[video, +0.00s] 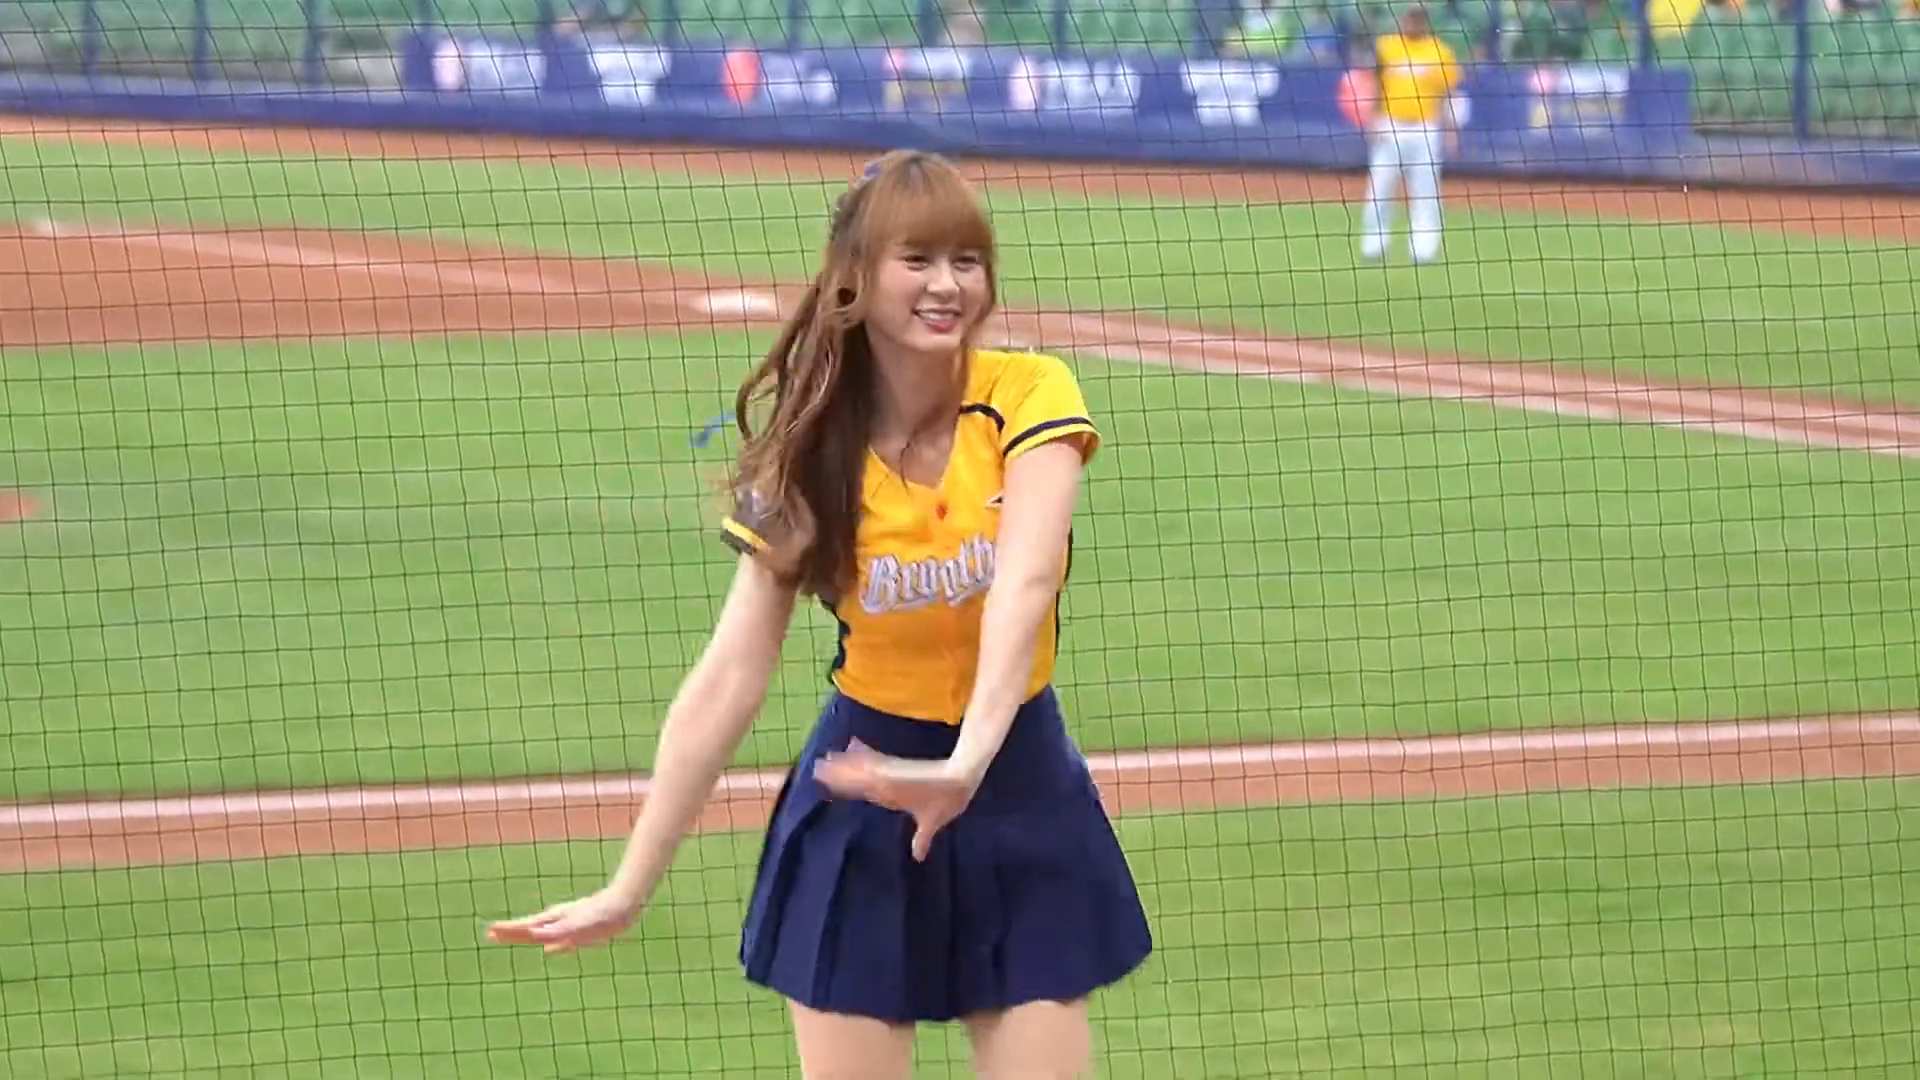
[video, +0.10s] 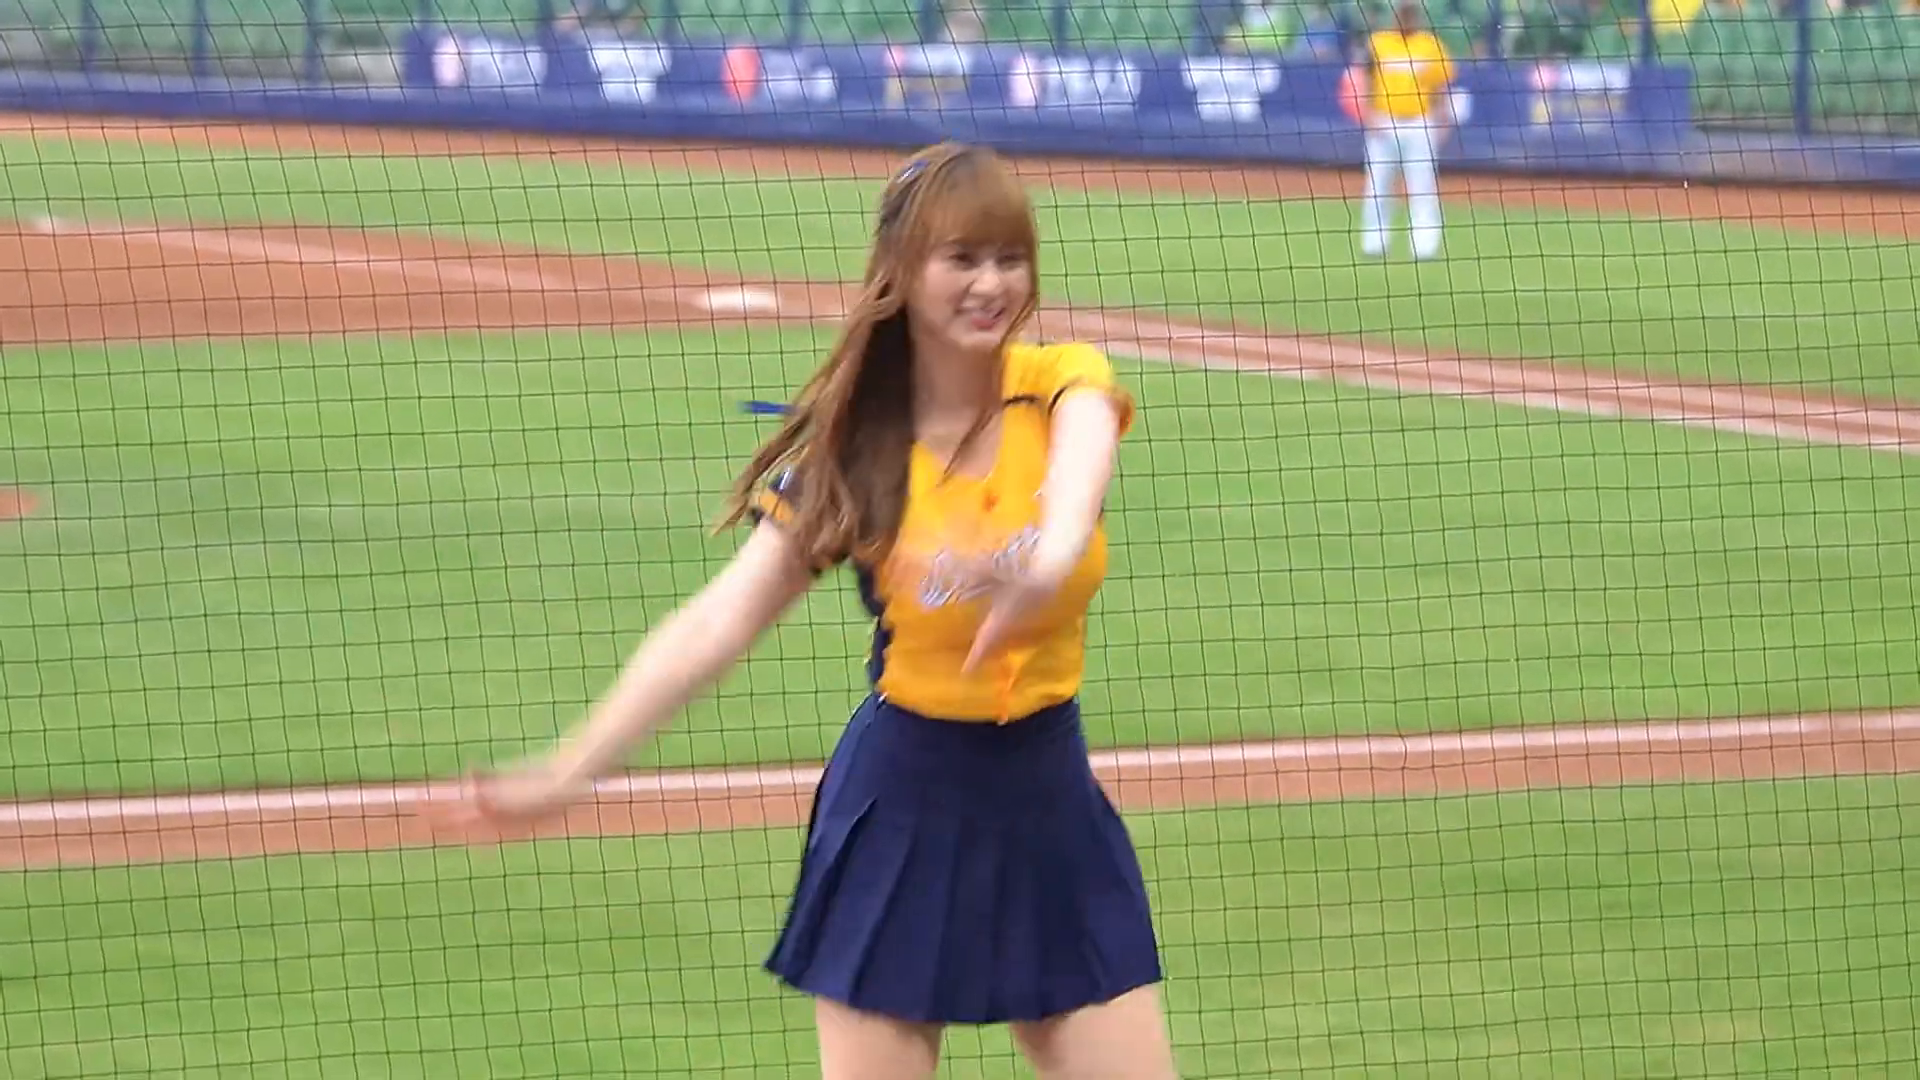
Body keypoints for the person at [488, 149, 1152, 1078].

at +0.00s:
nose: (947, 284)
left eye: (966, 260)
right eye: (916, 259)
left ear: (989, 277)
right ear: (854, 279)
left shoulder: (1031, 393)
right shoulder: (813, 447)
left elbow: (1028, 581)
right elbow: (727, 677)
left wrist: (970, 756)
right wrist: (628, 888)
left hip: (1019, 787)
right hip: (860, 784)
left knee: (1047, 1057)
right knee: (849, 1059)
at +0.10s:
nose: (993, 283)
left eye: (1013, 258)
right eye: (964, 258)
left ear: (1034, 268)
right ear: (901, 271)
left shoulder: (1070, 378)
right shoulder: (861, 439)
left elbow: (1072, 508)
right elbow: (721, 616)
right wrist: (567, 771)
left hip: (1047, 794)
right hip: (901, 797)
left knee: (1134, 1063)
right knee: (872, 1065)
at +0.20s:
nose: (1051, 224)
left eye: (1072, 196)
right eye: (1022, 200)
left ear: (1103, 208)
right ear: (970, 222)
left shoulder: (1113, 349)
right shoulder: (924, 373)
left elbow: (1169, 301)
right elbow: (729, 442)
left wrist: (1146, 251)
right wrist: (527, 472)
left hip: (1096, 734)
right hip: (960, 731)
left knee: (1202, 1063)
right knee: (909, 1067)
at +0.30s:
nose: (1124, 210)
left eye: (1146, 184)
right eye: (1093, 185)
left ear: (1169, 194)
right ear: (1038, 200)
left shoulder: (1186, 314)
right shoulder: (980, 333)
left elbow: (1265, 187)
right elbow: (781, 278)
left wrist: (1332, 65)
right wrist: (616, 189)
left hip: (1160, 719)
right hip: (1025, 714)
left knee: (1224, 1067)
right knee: (947, 1065)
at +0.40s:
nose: (1182, 250)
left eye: (1206, 224)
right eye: (1153, 226)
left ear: (1233, 240)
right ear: (1100, 240)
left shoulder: (1248, 358)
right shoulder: (1061, 370)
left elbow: (1368, 181)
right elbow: (901, 238)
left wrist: (1473, 32)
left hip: (1222, 777)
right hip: (1091, 768)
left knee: (1285, 1067)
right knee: (983, 1066)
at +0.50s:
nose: (1237, 240)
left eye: (1260, 216)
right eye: (1209, 216)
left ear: (1288, 230)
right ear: (1157, 231)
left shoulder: (1311, 370)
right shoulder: (1106, 356)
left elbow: (1487, 268)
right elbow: (913, 298)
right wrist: (941, 95)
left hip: (1225, 779)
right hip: (1089, 762)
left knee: (1279, 1064)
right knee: (1005, 1063)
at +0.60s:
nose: (1279, 242)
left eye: (1307, 223)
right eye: (1255, 213)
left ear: (1332, 250)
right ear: (1201, 223)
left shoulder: (1326, 410)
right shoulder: (1112, 358)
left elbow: (1527, 472)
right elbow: (906, 424)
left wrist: (1696, 512)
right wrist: (1038, 284)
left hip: (1202, 775)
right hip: (1055, 759)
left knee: (1251, 1063)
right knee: (1078, 1064)